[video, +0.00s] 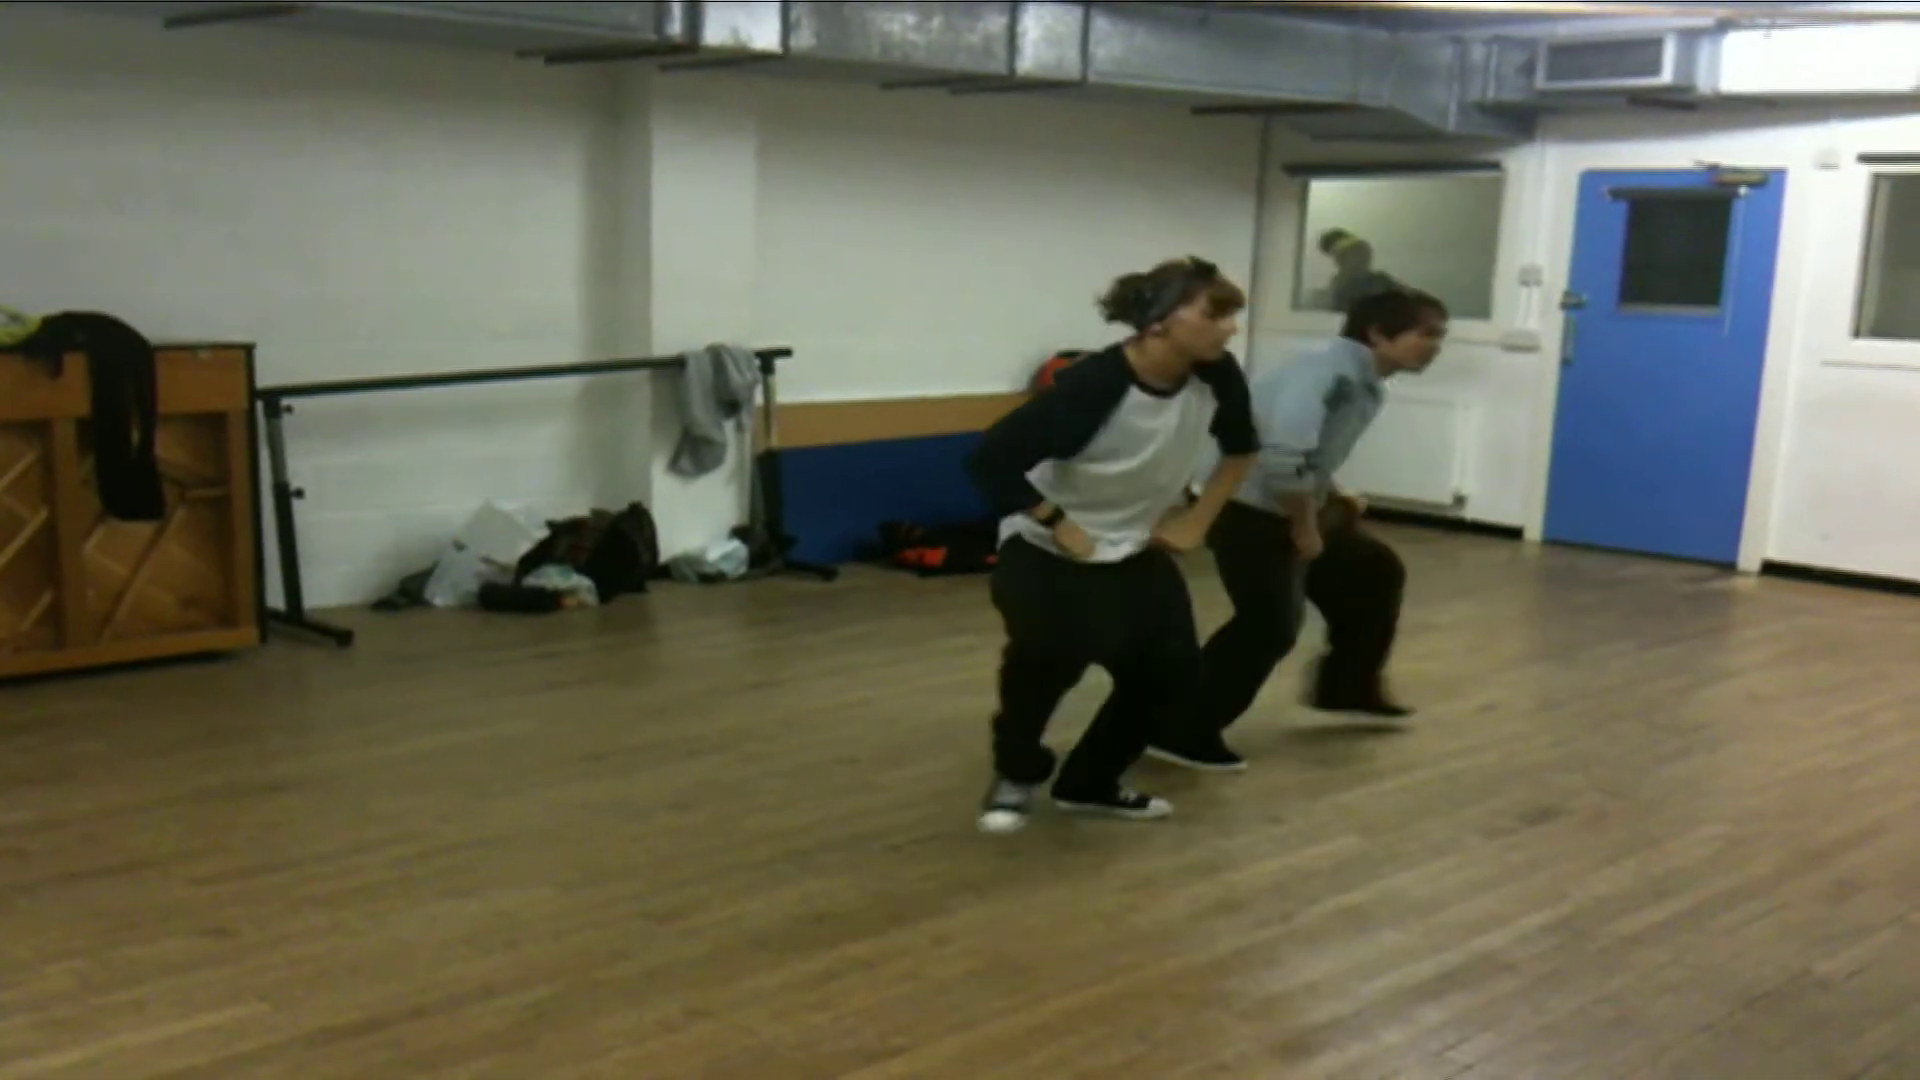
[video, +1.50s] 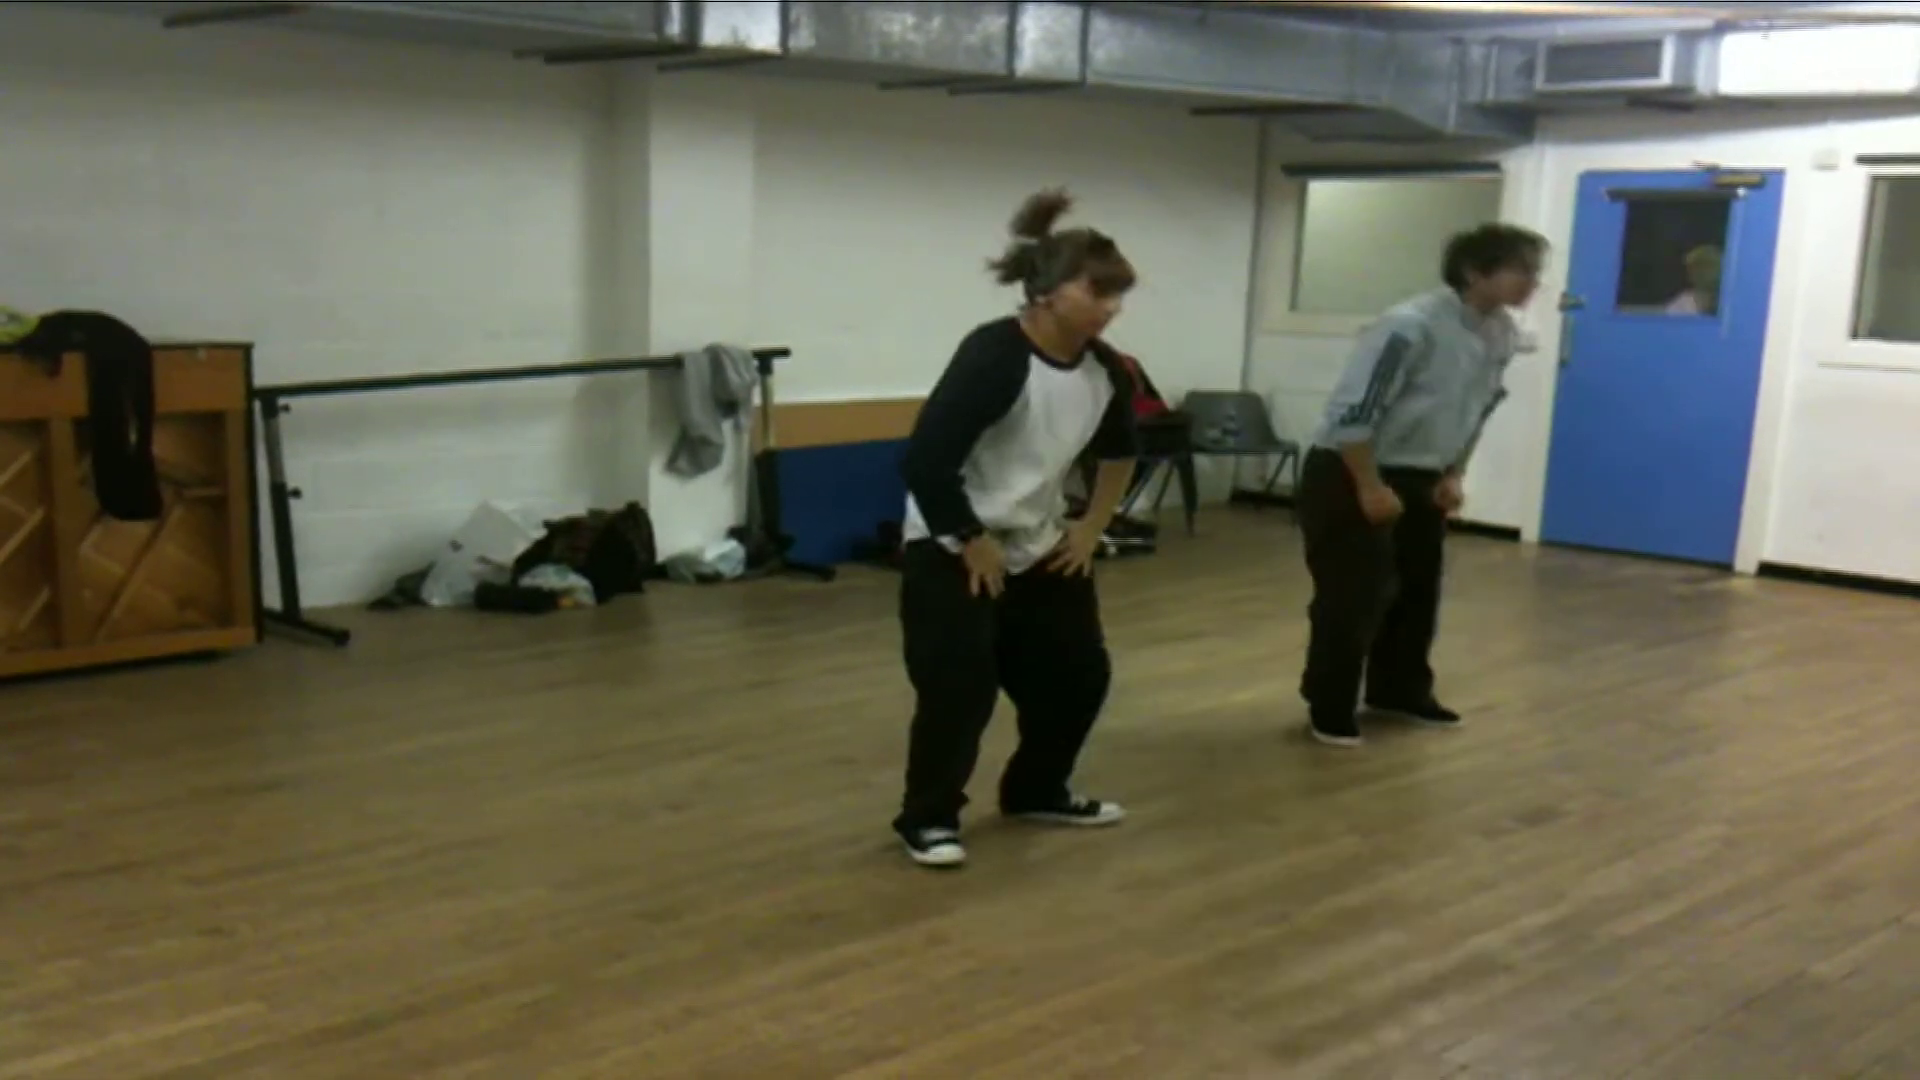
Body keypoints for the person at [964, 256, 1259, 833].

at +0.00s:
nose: (1228, 326)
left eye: (1226, 313)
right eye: (1211, 314)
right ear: (1161, 325)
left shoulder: (1218, 378)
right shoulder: (1094, 385)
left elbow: (1240, 448)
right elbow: (990, 460)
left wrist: (1198, 520)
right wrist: (1056, 521)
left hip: (1135, 554)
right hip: (1046, 550)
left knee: (1167, 665)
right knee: (1052, 645)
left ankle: (1089, 781)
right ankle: (1017, 772)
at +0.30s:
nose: (1160, 290)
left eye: (1164, 277)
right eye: (1151, 274)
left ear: (1126, 273)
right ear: (1107, 269)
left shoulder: (1138, 349)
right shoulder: (1029, 340)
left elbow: (1109, 443)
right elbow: (951, 430)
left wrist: (1139, 513)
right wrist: (984, 501)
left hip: (1107, 561)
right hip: (1007, 562)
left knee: (1113, 671)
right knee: (946, 690)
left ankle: (1089, 781)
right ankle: (963, 828)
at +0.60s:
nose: (1121, 306)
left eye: (1126, 292)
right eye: (1110, 289)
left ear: (1087, 284)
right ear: (1064, 279)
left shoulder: (1108, 338)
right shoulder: (1014, 350)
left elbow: (1131, 413)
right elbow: (918, 443)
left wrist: (1130, 501)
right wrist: (977, 510)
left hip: (1092, 559)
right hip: (1016, 554)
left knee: (1117, 666)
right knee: (1002, 679)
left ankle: (1085, 782)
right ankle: (938, 820)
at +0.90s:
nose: (1127, 349)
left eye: (1131, 334)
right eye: (1114, 332)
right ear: (1065, 327)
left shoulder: (1117, 384)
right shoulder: (1008, 391)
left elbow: (1155, 449)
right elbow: (956, 499)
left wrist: (1125, 538)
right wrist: (1012, 576)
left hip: (1061, 566)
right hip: (980, 575)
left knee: (1110, 699)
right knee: (1040, 709)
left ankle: (1090, 779)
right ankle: (894, 817)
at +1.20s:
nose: (1156, 461)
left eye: (1160, 449)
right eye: (1146, 447)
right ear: (1101, 439)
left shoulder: (1123, 479)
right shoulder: (1021, 476)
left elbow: (1120, 535)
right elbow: (901, 529)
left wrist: (1053, 585)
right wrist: (923, 587)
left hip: (1024, 589)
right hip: (932, 593)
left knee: (1128, 669)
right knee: (967, 687)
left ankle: (1066, 792)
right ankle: (923, 823)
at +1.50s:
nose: (1110, 307)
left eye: (1115, 294)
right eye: (1098, 291)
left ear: (1110, 300)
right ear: (1049, 295)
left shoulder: (1105, 376)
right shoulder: (993, 355)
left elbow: (1119, 452)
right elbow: (926, 459)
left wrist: (1092, 525)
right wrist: (970, 539)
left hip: (1042, 547)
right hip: (950, 545)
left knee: (1076, 674)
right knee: (958, 683)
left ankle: (1036, 791)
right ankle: (929, 818)